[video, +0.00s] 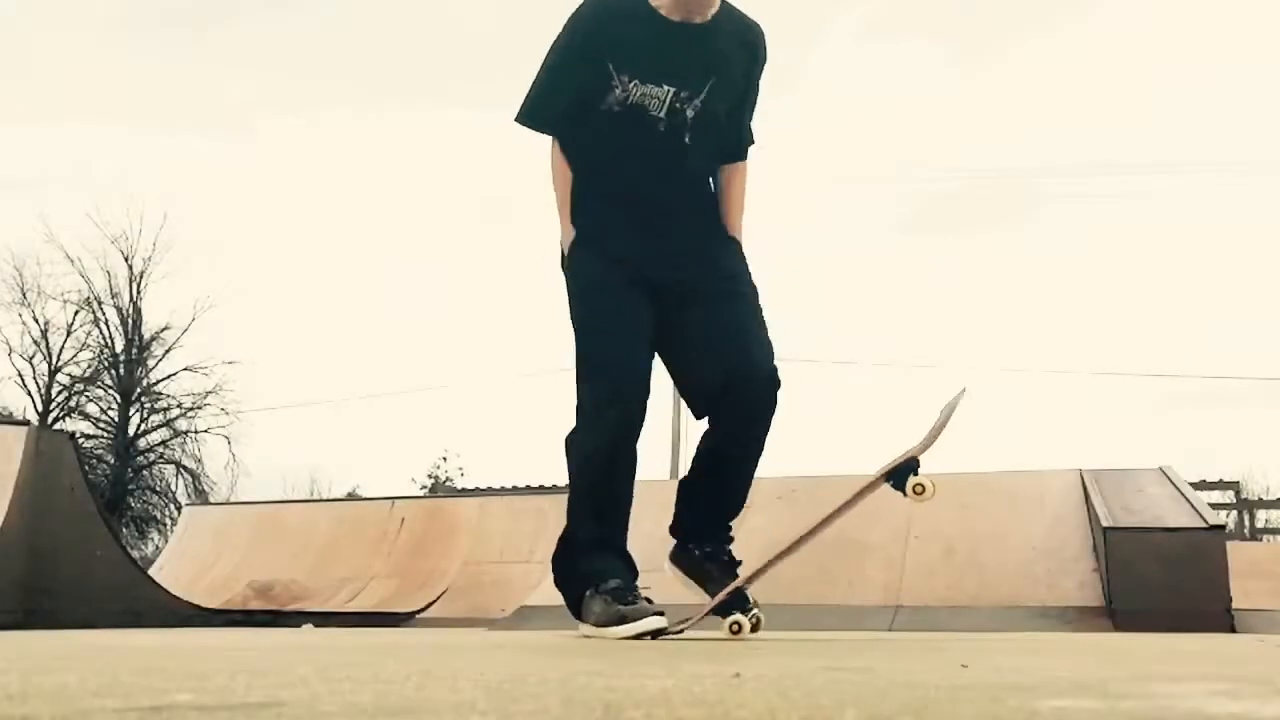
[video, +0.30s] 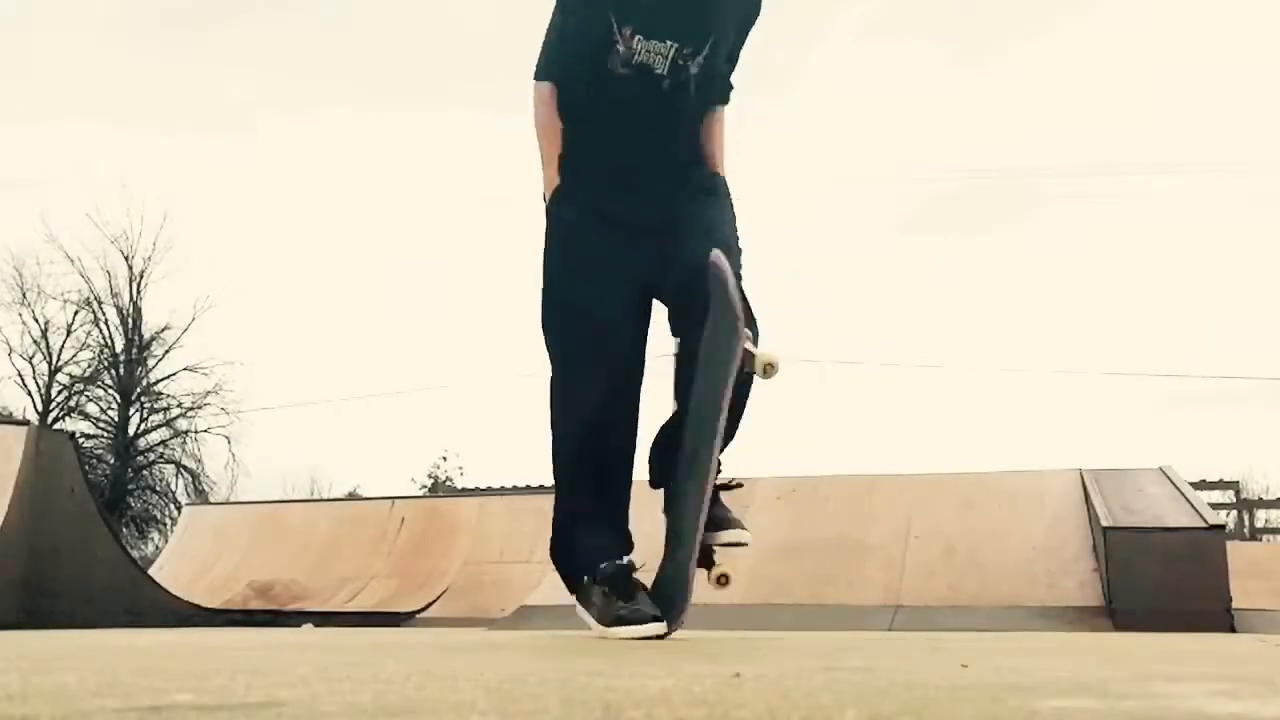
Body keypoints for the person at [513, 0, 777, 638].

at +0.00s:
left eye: (715, 1)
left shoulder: (742, 38)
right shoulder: (601, 18)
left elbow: (733, 153)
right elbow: (565, 137)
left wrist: (730, 248)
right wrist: (571, 235)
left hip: (699, 246)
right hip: (607, 245)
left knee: (750, 385)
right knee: (614, 406)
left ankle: (702, 536)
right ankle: (596, 577)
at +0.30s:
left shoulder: (738, 7)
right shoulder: (586, 8)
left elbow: (711, 101)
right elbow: (549, 85)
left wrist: (715, 197)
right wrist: (556, 191)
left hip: (689, 189)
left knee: (727, 329)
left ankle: (690, 474)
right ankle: (594, 564)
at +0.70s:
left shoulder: (766, 11)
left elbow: (773, 63)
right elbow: (590, 28)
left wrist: (729, 153)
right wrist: (564, 94)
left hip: (696, 116)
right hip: (603, 85)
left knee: (655, 291)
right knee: (545, 182)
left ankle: (630, 482)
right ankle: (465, 346)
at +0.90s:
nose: (624, 18)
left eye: (630, 12)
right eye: (615, 13)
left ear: (657, 0)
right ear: (602, 5)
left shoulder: (746, 11)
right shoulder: (586, 6)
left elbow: (764, 60)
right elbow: (579, 38)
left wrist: (731, 152)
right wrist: (566, 106)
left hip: (696, 108)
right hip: (601, 86)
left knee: (659, 294)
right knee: (556, 185)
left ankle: (633, 487)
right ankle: (477, 345)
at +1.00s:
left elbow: (756, 43)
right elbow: (571, 22)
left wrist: (731, 141)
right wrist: (567, 86)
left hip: (698, 83)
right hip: (603, 66)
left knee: (659, 292)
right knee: (559, 179)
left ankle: (633, 481)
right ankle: (488, 345)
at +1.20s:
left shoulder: (719, 8)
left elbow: (733, 57)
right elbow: (555, 47)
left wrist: (717, 162)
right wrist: (544, 131)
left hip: (678, 111)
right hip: (581, 102)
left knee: (646, 313)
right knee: (550, 185)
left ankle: (623, 490)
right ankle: (492, 346)